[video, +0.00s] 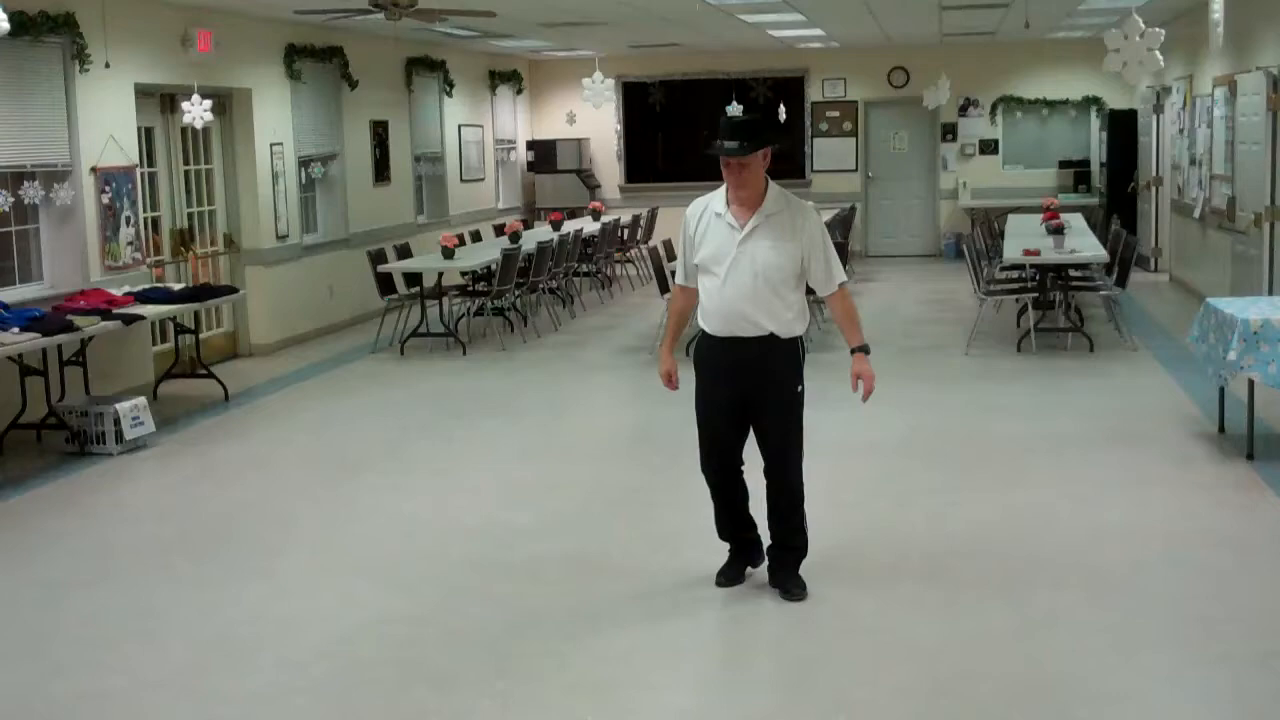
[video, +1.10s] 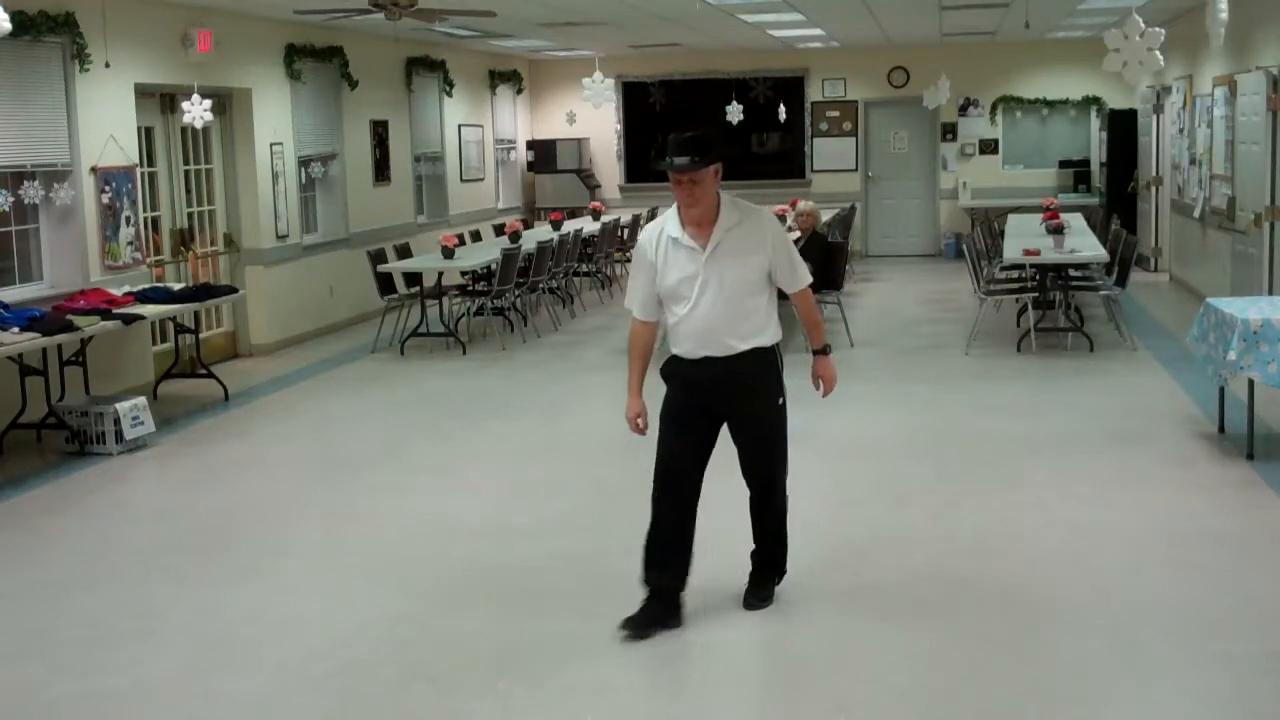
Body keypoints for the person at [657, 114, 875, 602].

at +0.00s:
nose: (731, 169)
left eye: (742, 160)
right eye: (725, 160)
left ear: (765, 156)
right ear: (718, 160)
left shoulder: (800, 216)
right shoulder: (699, 214)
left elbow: (834, 289)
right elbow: (686, 287)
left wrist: (860, 352)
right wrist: (667, 347)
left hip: (777, 356)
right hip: (716, 356)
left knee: (783, 468)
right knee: (717, 464)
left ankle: (787, 565)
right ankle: (742, 547)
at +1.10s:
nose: (683, 194)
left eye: (693, 183)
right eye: (675, 184)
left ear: (717, 174)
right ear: (666, 181)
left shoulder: (761, 226)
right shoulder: (654, 239)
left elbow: (800, 288)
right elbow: (645, 319)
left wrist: (821, 351)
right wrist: (635, 391)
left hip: (754, 373)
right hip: (688, 377)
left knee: (766, 482)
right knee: (672, 486)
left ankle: (766, 573)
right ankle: (662, 598)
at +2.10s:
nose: (609, 170)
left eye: (618, 161)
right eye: (597, 161)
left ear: (634, 168)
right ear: (579, 169)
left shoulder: (661, 240)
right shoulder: (546, 230)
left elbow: (661, 328)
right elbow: (514, 302)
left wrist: (626, 391)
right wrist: (483, 361)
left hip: (629, 389)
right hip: (557, 387)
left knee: (633, 510)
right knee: (559, 511)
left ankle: (626, 609)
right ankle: (567, 622)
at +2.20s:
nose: (612, 175)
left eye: (622, 166)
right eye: (601, 165)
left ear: (638, 175)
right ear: (582, 173)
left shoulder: (664, 247)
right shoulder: (549, 237)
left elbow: (664, 340)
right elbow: (522, 307)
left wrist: (618, 394)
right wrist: (491, 363)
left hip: (631, 397)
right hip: (558, 393)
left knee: (636, 527)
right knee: (556, 520)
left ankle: (654, 656)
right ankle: (568, 626)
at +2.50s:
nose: (637, 162)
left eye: (649, 153)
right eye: (626, 152)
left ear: (665, 164)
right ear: (606, 161)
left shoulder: (686, 240)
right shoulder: (586, 226)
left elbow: (698, 341)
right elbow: (577, 303)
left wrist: (692, 429)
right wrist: (553, 364)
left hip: (660, 400)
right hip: (595, 395)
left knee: (660, 538)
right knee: (589, 511)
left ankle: (661, 665)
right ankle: (639, 605)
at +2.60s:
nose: (642, 162)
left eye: (653, 152)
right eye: (631, 152)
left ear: (672, 161)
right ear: (614, 163)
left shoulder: (699, 240)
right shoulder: (595, 228)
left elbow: (728, 338)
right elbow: (584, 310)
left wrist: (736, 428)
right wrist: (567, 374)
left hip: (671, 401)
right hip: (607, 396)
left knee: (664, 536)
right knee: (619, 523)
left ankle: (658, 665)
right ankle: (704, 599)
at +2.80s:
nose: (658, 175)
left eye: (667, 165)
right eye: (644, 165)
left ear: (682, 174)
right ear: (623, 175)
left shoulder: (718, 251)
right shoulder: (599, 249)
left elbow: (770, 335)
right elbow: (588, 337)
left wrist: (798, 417)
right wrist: (577, 410)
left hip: (704, 411)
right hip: (635, 414)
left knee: (695, 539)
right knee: (691, 535)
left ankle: (696, 667)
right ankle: (741, 630)